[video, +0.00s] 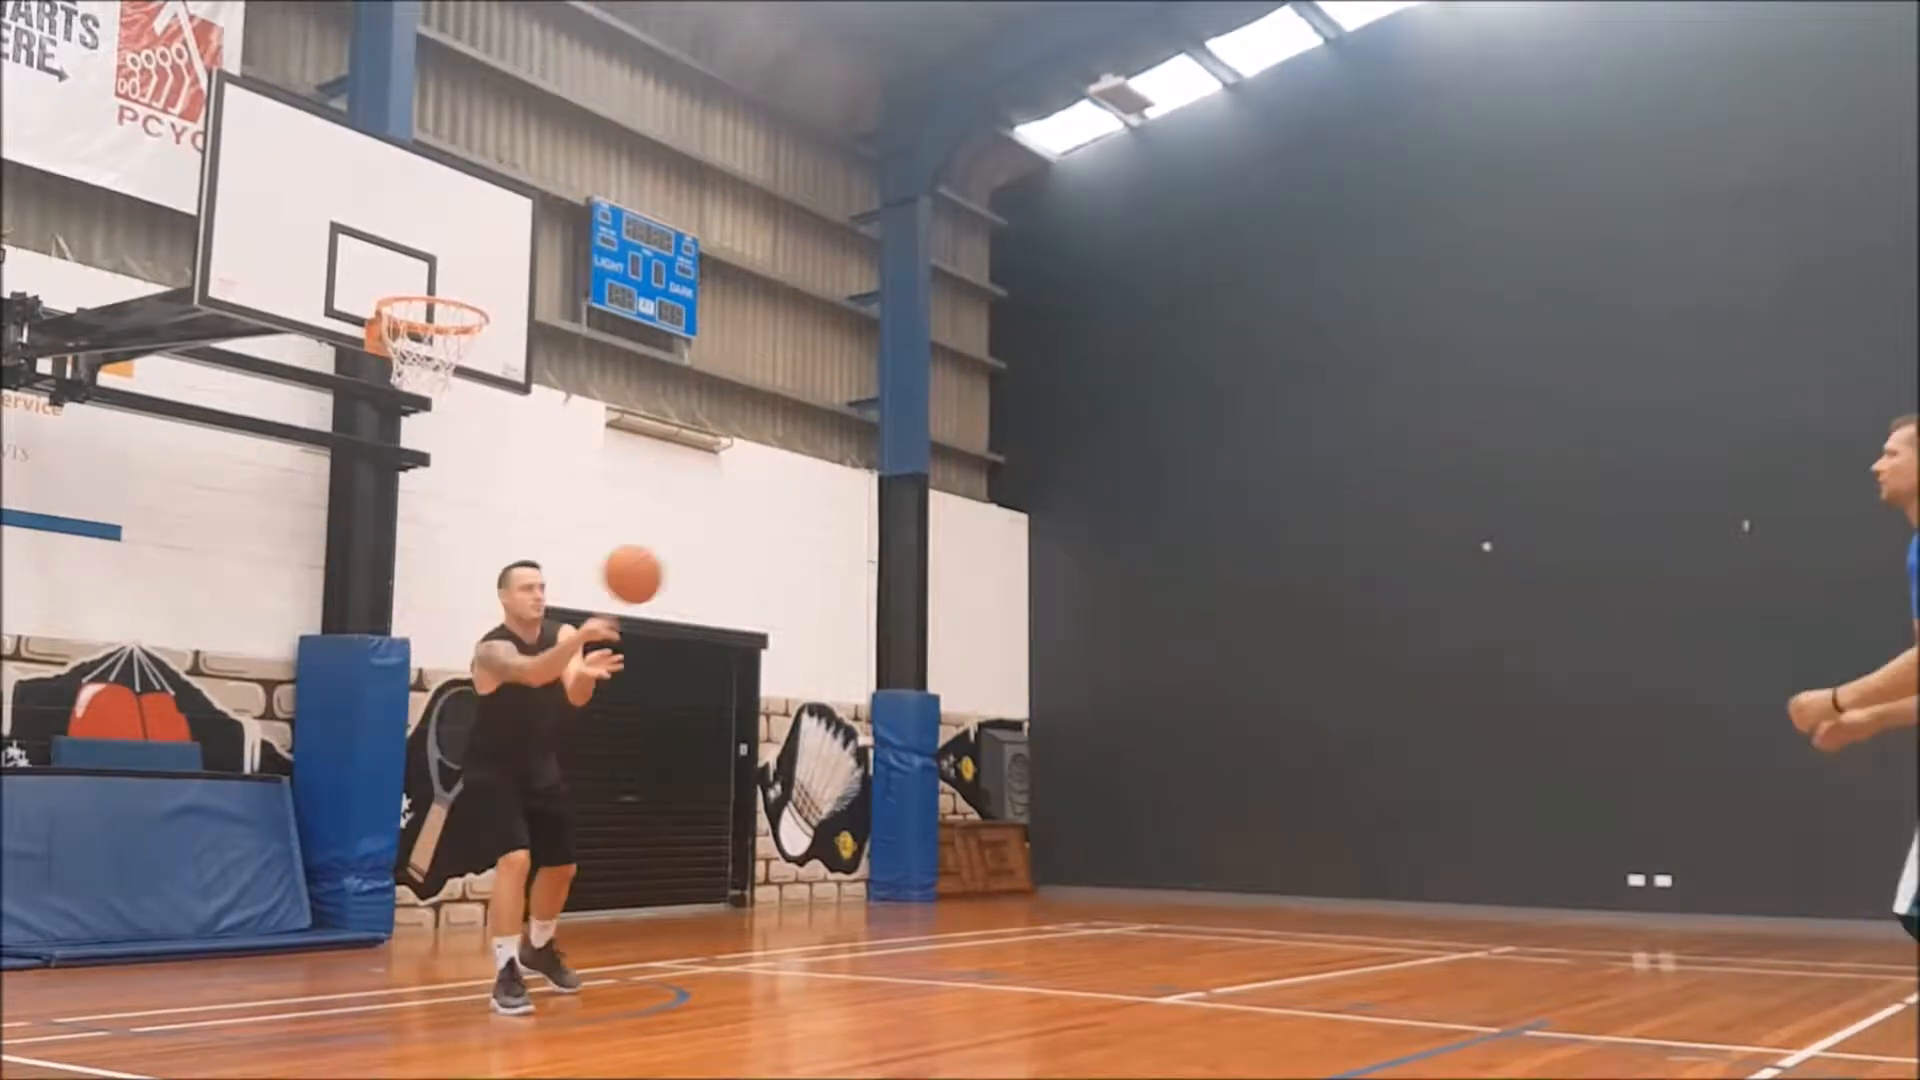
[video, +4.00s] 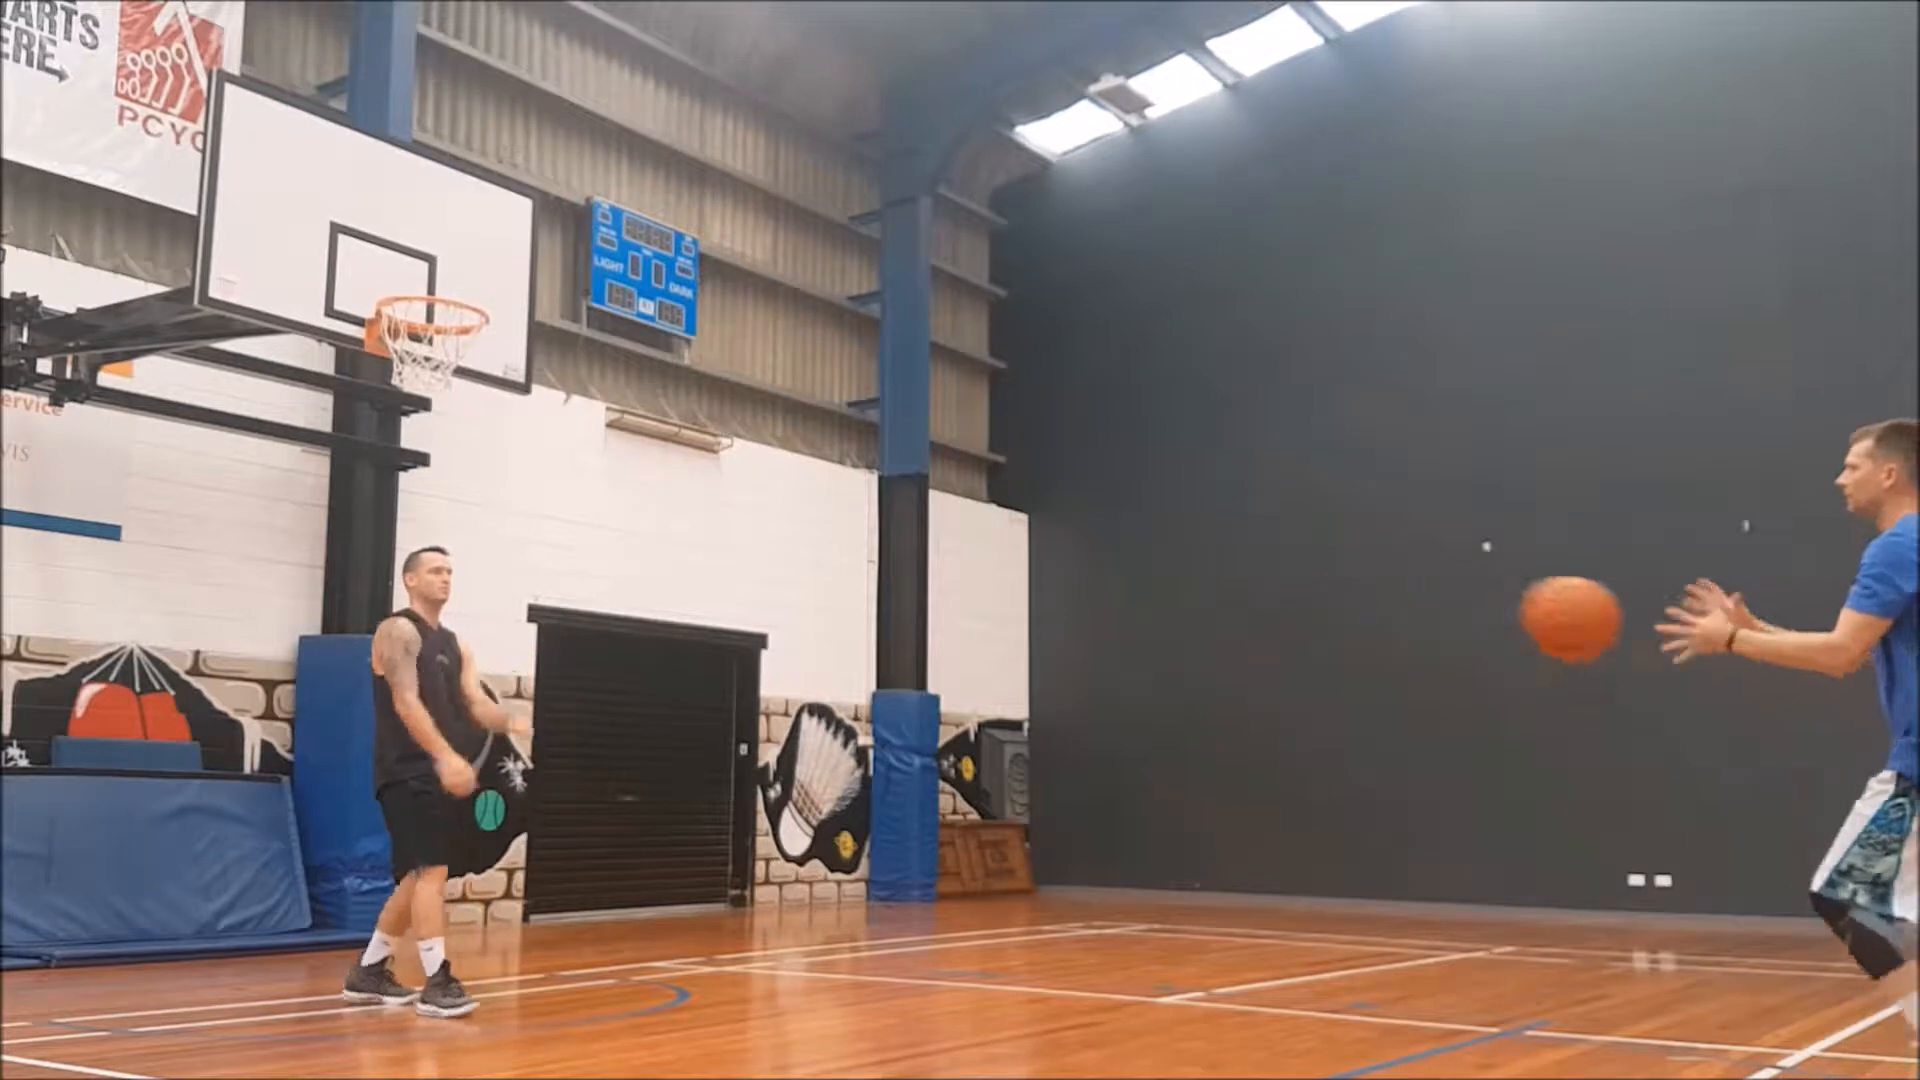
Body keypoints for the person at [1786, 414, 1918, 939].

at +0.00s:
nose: (1879, 463)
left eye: (1893, 452)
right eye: (1884, 451)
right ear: (1908, 464)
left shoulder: (1918, 551)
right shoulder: (1915, 551)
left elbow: (1918, 658)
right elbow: (1919, 678)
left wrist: (1837, 699)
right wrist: (1874, 719)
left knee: (1912, 907)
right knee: (1912, 908)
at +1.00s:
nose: (1603, 530)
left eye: (1616, 522)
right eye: (1611, 520)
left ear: (1646, 543)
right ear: (1644, 545)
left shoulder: (1672, 619)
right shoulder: (1623, 614)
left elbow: (1555, 665)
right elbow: (1525, 649)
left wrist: (1490, 591)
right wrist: (1486, 587)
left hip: (1677, 830)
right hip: (1630, 818)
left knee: (1584, 960)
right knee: (1544, 940)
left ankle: (1668, 1072)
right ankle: (1611, 1070)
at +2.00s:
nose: (1628, 445)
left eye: (1644, 439)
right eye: (1639, 436)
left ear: (1669, 464)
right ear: (1665, 466)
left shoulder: (1673, 540)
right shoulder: (1629, 520)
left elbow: (1562, 603)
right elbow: (1570, 470)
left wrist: (1482, 551)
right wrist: (1523, 403)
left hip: (1642, 763)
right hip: (1588, 748)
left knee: (1631, 915)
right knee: (1500, 863)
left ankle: (1654, 1069)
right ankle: (1457, 1021)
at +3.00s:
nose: (1717, 472)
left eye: (1728, 461)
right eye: (1722, 461)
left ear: (1762, 474)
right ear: (1767, 478)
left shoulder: (1771, 544)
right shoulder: (1792, 543)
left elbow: (1773, 654)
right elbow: (1744, 670)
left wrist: (1710, 741)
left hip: (1792, 759)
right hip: (1818, 759)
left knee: (1725, 904)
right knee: (1788, 918)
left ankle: (1772, 1066)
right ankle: (1810, 1065)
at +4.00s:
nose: (1841, 479)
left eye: (1852, 466)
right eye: (1845, 466)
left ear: (1890, 473)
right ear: (1894, 476)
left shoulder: (1897, 548)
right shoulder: (1902, 546)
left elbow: (1842, 654)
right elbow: (1846, 652)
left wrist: (1732, 639)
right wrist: (1755, 629)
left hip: (1911, 765)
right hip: (1909, 761)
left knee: (1846, 895)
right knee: (1851, 897)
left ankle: (1916, 1017)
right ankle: (1913, 1017)